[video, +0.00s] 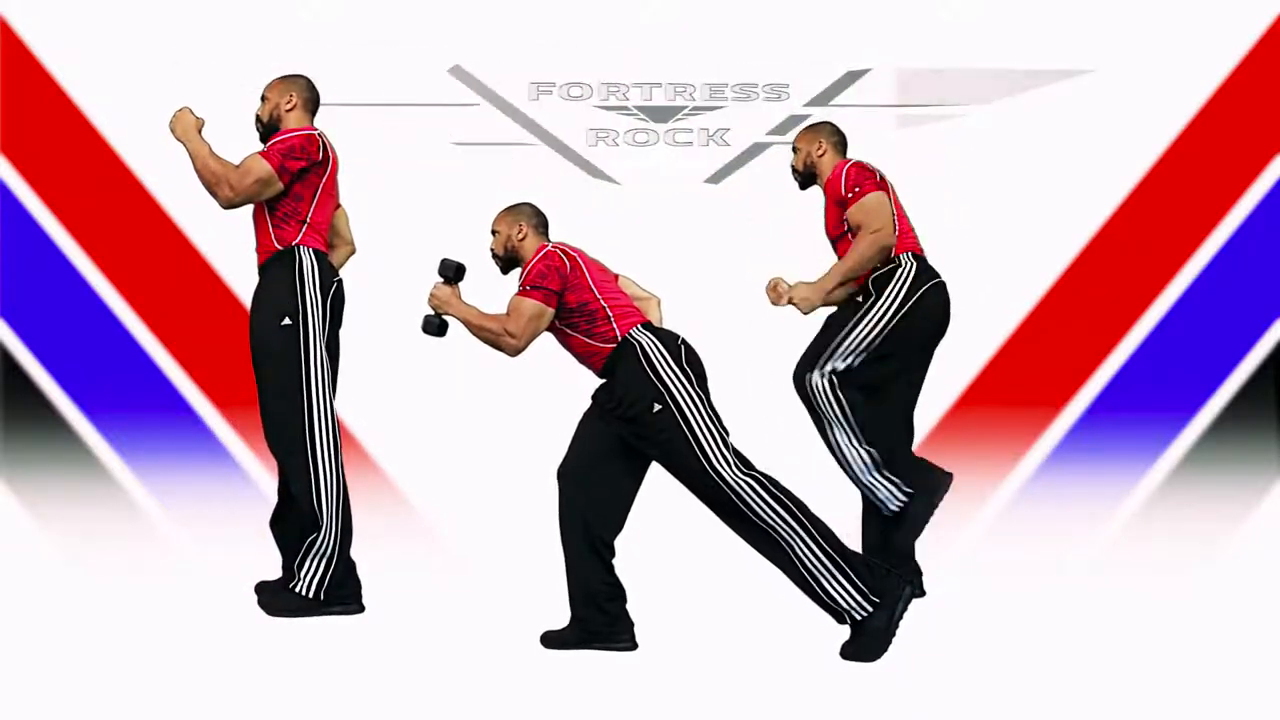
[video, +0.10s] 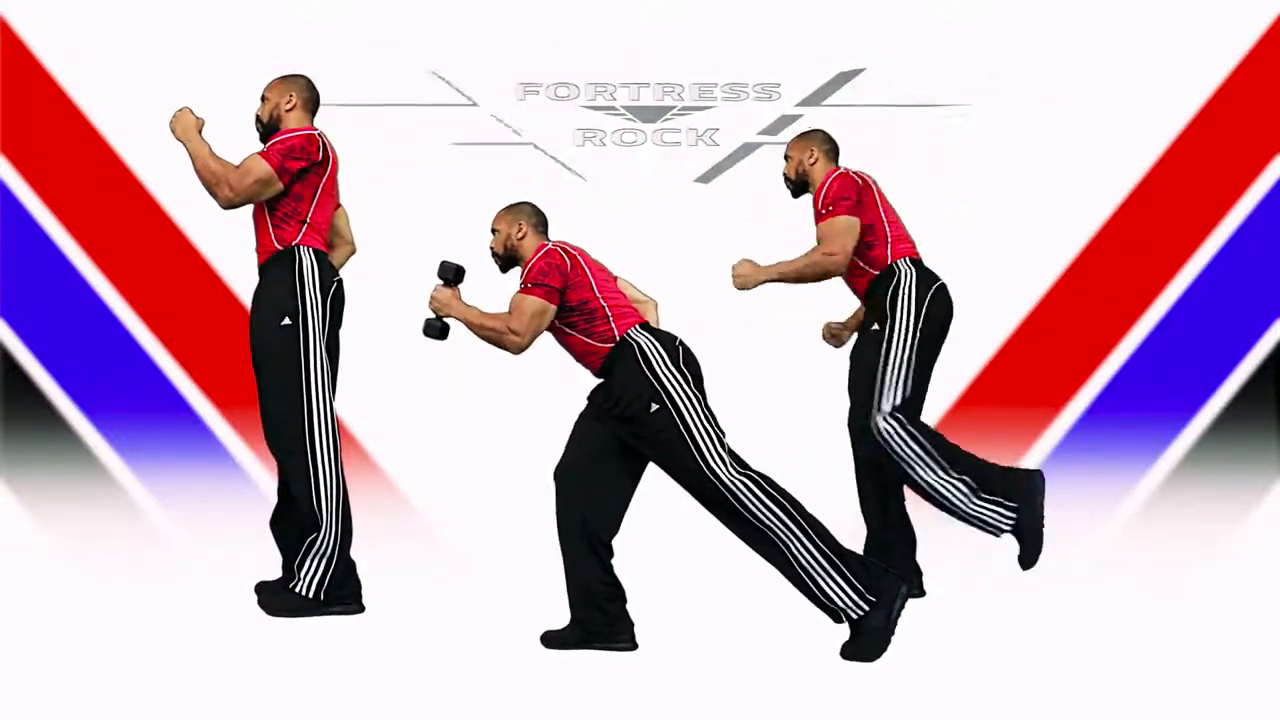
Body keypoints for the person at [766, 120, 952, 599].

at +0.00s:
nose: (792, 161)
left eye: (797, 151)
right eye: (792, 154)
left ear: (821, 147)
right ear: (824, 149)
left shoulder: (850, 172)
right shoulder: (836, 205)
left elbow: (880, 234)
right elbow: (855, 290)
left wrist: (822, 288)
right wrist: (798, 295)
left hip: (903, 283)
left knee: (817, 373)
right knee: (882, 435)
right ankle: (891, 572)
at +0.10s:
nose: (785, 169)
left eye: (789, 159)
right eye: (784, 162)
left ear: (813, 155)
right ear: (816, 156)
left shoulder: (840, 183)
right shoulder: (841, 196)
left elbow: (834, 256)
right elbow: (883, 281)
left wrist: (764, 273)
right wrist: (851, 324)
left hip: (907, 292)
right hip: (883, 310)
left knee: (885, 421)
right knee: (866, 433)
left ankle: (1014, 497)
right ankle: (892, 566)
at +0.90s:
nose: (767, 200)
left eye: (774, 190)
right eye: (768, 192)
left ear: (802, 190)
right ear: (807, 193)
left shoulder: (814, 220)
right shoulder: (843, 222)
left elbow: (771, 295)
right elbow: (919, 250)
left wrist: (721, 265)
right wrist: (940, 317)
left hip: (918, 312)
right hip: (901, 327)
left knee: (997, 430)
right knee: (859, 437)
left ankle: (1139, 533)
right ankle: (890, 568)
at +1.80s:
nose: (803, 153)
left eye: (808, 143)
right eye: (803, 146)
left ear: (833, 140)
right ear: (833, 144)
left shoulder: (862, 164)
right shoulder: (850, 202)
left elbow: (924, 197)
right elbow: (809, 260)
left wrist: (947, 270)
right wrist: (763, 225)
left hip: (898, 274)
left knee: (776, 283)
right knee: (874, 433)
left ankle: (778, 414)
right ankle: (889, 573)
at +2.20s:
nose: (794, 155)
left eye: (799, 145)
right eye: (795, 147)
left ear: (823, 141)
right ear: (825, 144)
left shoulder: (852, 168)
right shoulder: (842, 197)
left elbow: (908, 210)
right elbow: (822, 273)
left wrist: (905, 285)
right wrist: (768, 249)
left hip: (890, 281)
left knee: (780, 318)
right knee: (875, 445)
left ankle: (806, 448)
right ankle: (893, 578)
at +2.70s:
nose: (769, 192)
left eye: (776, 182)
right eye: (769, 184)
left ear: (804, 179)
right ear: (807, 186)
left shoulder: (817, 211)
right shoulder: (843, 213)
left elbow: (764, 279)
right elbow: (920, 237)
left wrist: (723, 241)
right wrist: (939, 306)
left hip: (918, 306)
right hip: (898, 325)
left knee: (1000, 422)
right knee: (871, 446)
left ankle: (1134, 530)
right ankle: (898, 590)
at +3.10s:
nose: (768, 199)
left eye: (774, 189)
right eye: (769, 192)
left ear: (801, 189)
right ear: (808, 192)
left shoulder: (816, 219)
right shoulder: (845, 221)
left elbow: (767, 291)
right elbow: (923, 249)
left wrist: (722, 258)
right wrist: (940, 316)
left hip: (920, 310)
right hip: (904, 324)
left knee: (1002, 431)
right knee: (865, 436)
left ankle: (1141, 534)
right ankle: (890, 567)